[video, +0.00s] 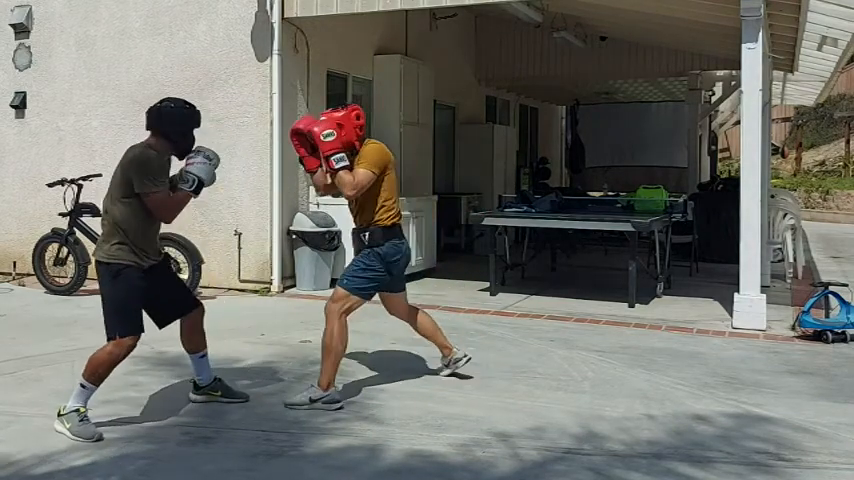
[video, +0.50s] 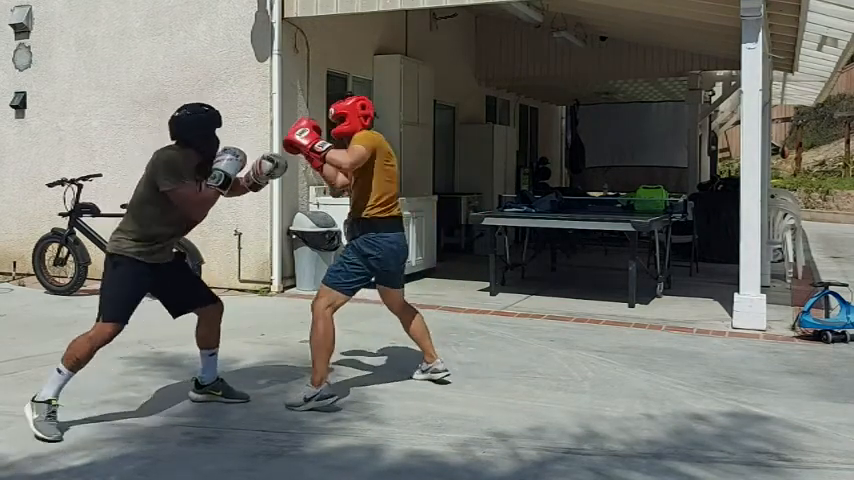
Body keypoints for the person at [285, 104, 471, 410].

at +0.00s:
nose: (333, 137)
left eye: (334, 132)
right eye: (332, 133)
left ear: (347, 131)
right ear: (353, 131)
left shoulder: (374, 150)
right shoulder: (354, 156)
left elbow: (351, 189)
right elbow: (324, 187)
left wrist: (333, 151)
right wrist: (310, 156)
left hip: (380, 249)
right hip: (387, 247)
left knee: (335, 308)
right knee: (400, 308)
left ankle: (325, 389)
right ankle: (452, 355)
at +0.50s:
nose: (337, 128)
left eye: (340, 121)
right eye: (336, 123)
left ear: (357, 118)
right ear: (364, 119)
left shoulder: (367, 138)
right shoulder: (373, 145)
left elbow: (349, 162)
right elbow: (338, 184)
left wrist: (315, 143)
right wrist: (314, 158)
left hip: (371, 240)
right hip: (392, 239)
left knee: (322, 306)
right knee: (397, 303)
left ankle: (319, 386)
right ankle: (433, 361)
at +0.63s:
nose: (329, 129)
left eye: (331, 123)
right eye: (329, 124)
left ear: (345, 121)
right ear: (362, 122)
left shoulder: (347, 141)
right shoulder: (386, 150)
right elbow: (362, 194)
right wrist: (328, 180)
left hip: (372, 246)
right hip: (399, 242)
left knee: (326, 310)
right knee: (401, 300)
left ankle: (320, 389)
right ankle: (441, 362)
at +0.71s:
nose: (329, 131)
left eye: (332, 125)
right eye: (328, 126)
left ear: (347, 122)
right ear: (361, 122)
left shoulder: (350, 145)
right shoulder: (388, 151)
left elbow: (310, 161)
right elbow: (371, 191)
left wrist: (270, 156)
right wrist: (338, 186)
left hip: (371, 247)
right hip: (400, 243)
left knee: (326, 310)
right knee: (410, 308)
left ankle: (320, 389)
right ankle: (451, 366)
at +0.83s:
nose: (336, 133)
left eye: (339, 125)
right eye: (335, 126)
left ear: (356, 125)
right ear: (367, 124)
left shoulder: (365, 150)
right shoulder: (390, 150)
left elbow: (358, 192)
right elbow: (369, 193)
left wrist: (322, 193)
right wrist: (337, 177)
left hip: (379, 247)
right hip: (404, 244)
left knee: (331, 309)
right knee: (418, 311)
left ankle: (319, 389)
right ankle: (459, 374)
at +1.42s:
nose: (320, 129)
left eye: (323, 121)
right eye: (320, 122)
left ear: (339, 121)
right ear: (352, 120)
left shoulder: (353, 143)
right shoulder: (374, 143)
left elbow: (329, 175)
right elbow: (338, 185)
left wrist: (304, 158)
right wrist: (311, 157)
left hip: (363, 248)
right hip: (393, 246)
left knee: (303, 300)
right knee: (404, 314)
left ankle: (299, 384)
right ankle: (440, 375)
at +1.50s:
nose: (310, 123)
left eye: (313, 117)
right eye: (310, 117)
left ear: (328, 116)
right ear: (345, 116)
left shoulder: (334, 138)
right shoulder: (374, 144)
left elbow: (293, 154)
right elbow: (339, 178)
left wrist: (264, 147)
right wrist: (305, 147)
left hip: (356, 246)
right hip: (389, 242)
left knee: (306, 314)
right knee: (398, 305)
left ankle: (294, 397)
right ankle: (434, 368)